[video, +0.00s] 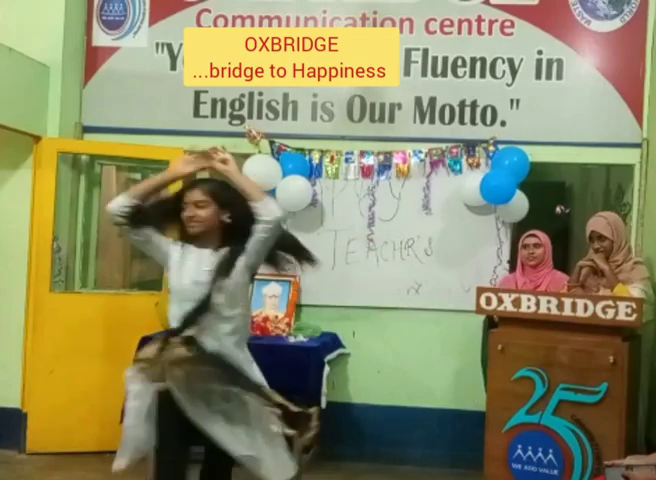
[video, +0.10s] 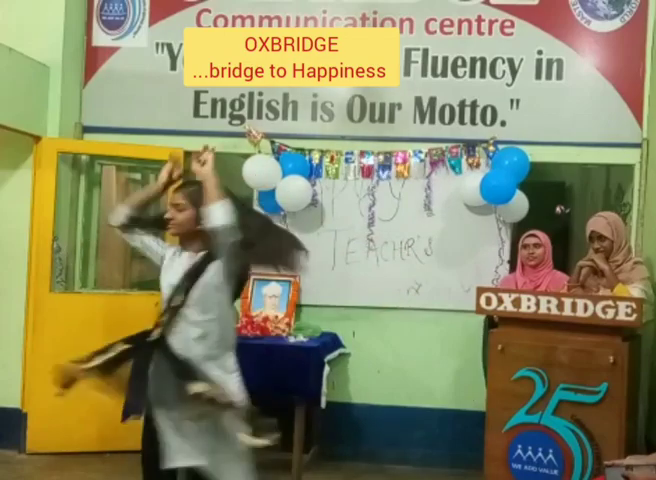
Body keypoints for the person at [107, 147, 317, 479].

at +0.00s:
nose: (190, 214)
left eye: (201, 205)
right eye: (186, 206)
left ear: (225, 214)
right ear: (180, 212)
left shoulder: (240, 260)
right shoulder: (174, 253)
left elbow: (271, 217)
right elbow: (118, 212)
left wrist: (234, 174)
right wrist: (172, 174)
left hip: (228, 385)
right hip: (175, 382)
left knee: (217, 472)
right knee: (168, 469)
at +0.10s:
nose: (168, 216)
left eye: (178, 209)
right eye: (168, 209)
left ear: (201, 213)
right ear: (167, 212)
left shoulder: (222, 265)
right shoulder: (169, 257)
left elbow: (224, 228)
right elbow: (119, 221)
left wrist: (209, 178)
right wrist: (158, 187)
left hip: (216, 403)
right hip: (168, 401)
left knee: (224, 472)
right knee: (169, 470)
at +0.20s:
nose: (156, 215)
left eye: (165, 208)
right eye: (158, 207)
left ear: (187, 219)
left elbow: (150, 264)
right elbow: (148, 345)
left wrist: (183, 205)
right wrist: (87, 361)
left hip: (185, 388)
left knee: (176, 465)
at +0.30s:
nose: (148, 212)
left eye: (157, 206)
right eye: (151, 204)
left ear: (177, 217)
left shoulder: (176, 268)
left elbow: (131, 320)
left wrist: (123, 259)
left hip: (176, 385)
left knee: (161, 471)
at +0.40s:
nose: (142, 211)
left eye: (152, 206)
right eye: (146, 203)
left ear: (175, 215)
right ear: (179, 217)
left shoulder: (162, 264)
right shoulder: (204, 266)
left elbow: (148, 331)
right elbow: (191, 331)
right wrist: (140, 348)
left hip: (164, 385)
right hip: (188, 383)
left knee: (145, 470)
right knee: (165, 468)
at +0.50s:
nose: (142, 212)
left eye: (154, 207)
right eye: (145, 204)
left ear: (178, 216)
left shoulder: (163, 263)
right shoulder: (191, 262)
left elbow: (141, 336)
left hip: (164, 386)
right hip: (183, 383)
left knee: (150, 470)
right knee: (161, 468)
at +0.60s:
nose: (145, 213)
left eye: (157, 208)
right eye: (145, 204)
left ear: (181, 217)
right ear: (142, 203)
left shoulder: (174, 258)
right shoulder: (164, 255)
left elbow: (167, 337)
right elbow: (164, 335)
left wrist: (147, 404)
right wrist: (147, 400)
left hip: (167, 386)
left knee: (156, 471)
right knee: (151, 470)